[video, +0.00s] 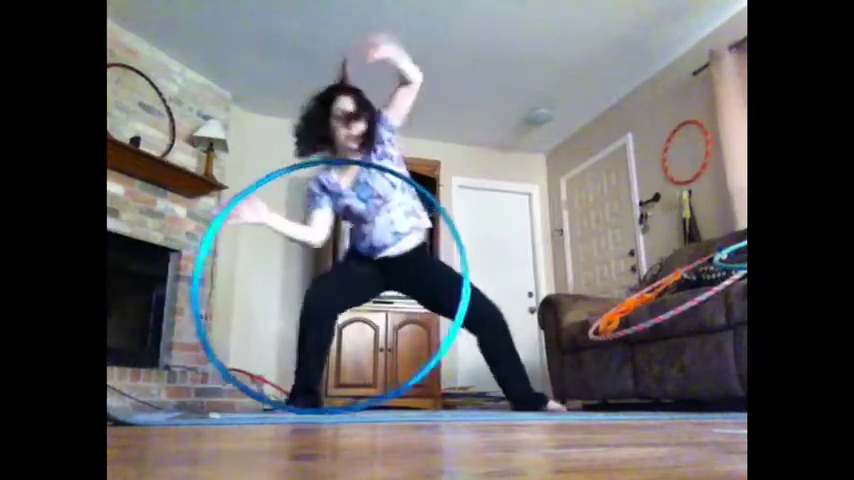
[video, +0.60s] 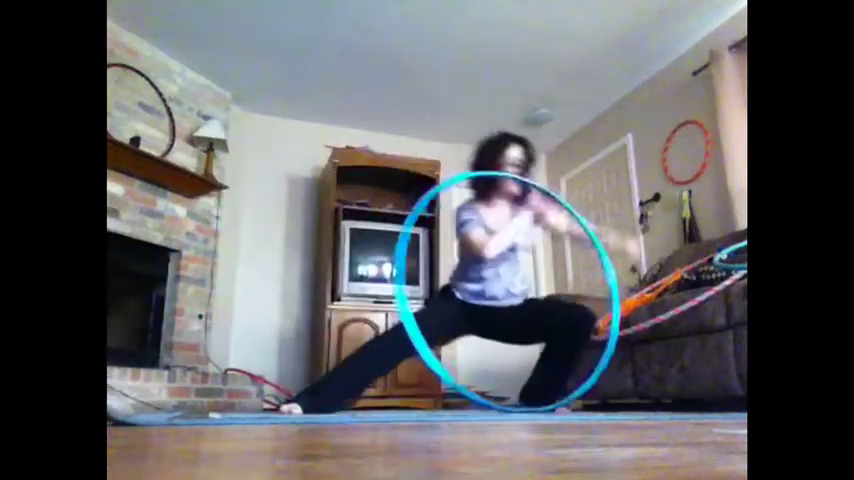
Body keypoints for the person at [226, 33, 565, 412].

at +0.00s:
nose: (354, 127)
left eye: (360, 118)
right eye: (344, 120)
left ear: (369, 119)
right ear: (327, 127)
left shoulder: (384, 137)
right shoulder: (325, 180)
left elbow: (413, 82)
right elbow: (315, 235)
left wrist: (395, 55)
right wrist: (266, 216)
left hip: (415, 262)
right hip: (367, 268)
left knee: (488, 317)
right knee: (320, 299)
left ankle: (526, 402)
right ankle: (305, 398)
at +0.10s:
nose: (380, 138)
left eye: (383, 129)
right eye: (369, 132)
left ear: (390, 129)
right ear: (349, 140)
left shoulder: (403, 146)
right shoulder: (350, 192)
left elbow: (432, 91)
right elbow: (346, 243)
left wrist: (454, 40)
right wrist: (308, 210)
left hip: (432, 270)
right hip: (383, 276)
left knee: (507, 314)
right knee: (333, 305)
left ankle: (530, 402)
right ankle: (304, 401)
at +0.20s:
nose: (396, 142)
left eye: (402, 134)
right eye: (386, 136)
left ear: (411, 136)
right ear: (370, 142)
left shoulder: (425, 153)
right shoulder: (369, 194)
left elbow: (457, 101)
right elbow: (374, 245)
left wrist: (491, 55)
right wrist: (343, 205)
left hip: (445, 275)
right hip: (396, 279)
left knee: (520, 313)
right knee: (347, 306)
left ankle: (532, 402)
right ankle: (306, 400)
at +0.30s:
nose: (421, 149)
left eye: (427, 141)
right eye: (412, 141)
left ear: (435, 143)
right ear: (394, 147)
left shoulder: (448, 156)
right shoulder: (386, 189)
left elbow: (490, 112)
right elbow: (403, 248)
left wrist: (535, 75)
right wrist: (382, 199)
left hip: (459, 282)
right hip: (409, 283)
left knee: (534, 312)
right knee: (360, 314)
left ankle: (536, 404)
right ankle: (306, 400)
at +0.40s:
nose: (451, 154)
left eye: (460, 149)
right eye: (443, 148)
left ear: (469, 154)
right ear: (428, 154)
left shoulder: (481, 174)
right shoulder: (427, 198)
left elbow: (531, 146)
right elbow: (439, 253)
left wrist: (584, 133)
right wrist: (447, 207)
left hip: (478, 291)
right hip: (431, 291)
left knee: (549, 310)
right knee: (370, 334)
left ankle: (537, 401)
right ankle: (307, 404)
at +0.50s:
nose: (476, 160)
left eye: (484, 155)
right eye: (469, 152)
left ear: (494, 160)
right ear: (454, 155)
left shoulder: (499, 198)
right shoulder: (445, 203)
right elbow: (461, 256)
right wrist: (477, 210)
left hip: (492, 299)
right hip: (443, 297)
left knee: (566, 315)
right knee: (376, 341)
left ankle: (539, 402)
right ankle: (306, 404)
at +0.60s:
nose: (515, 172)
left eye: (522, 166)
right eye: (507, 163)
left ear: (528, 172)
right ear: (487, 168)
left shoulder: (533, 206)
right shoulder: (472, 211)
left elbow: (577, 230)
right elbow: (482, 250)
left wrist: (621, 241)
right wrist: (520, 218)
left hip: (511, 310)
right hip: (459, 306)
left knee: (576, 319)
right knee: (392, 344)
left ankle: (535, 408)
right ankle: (306, 406)